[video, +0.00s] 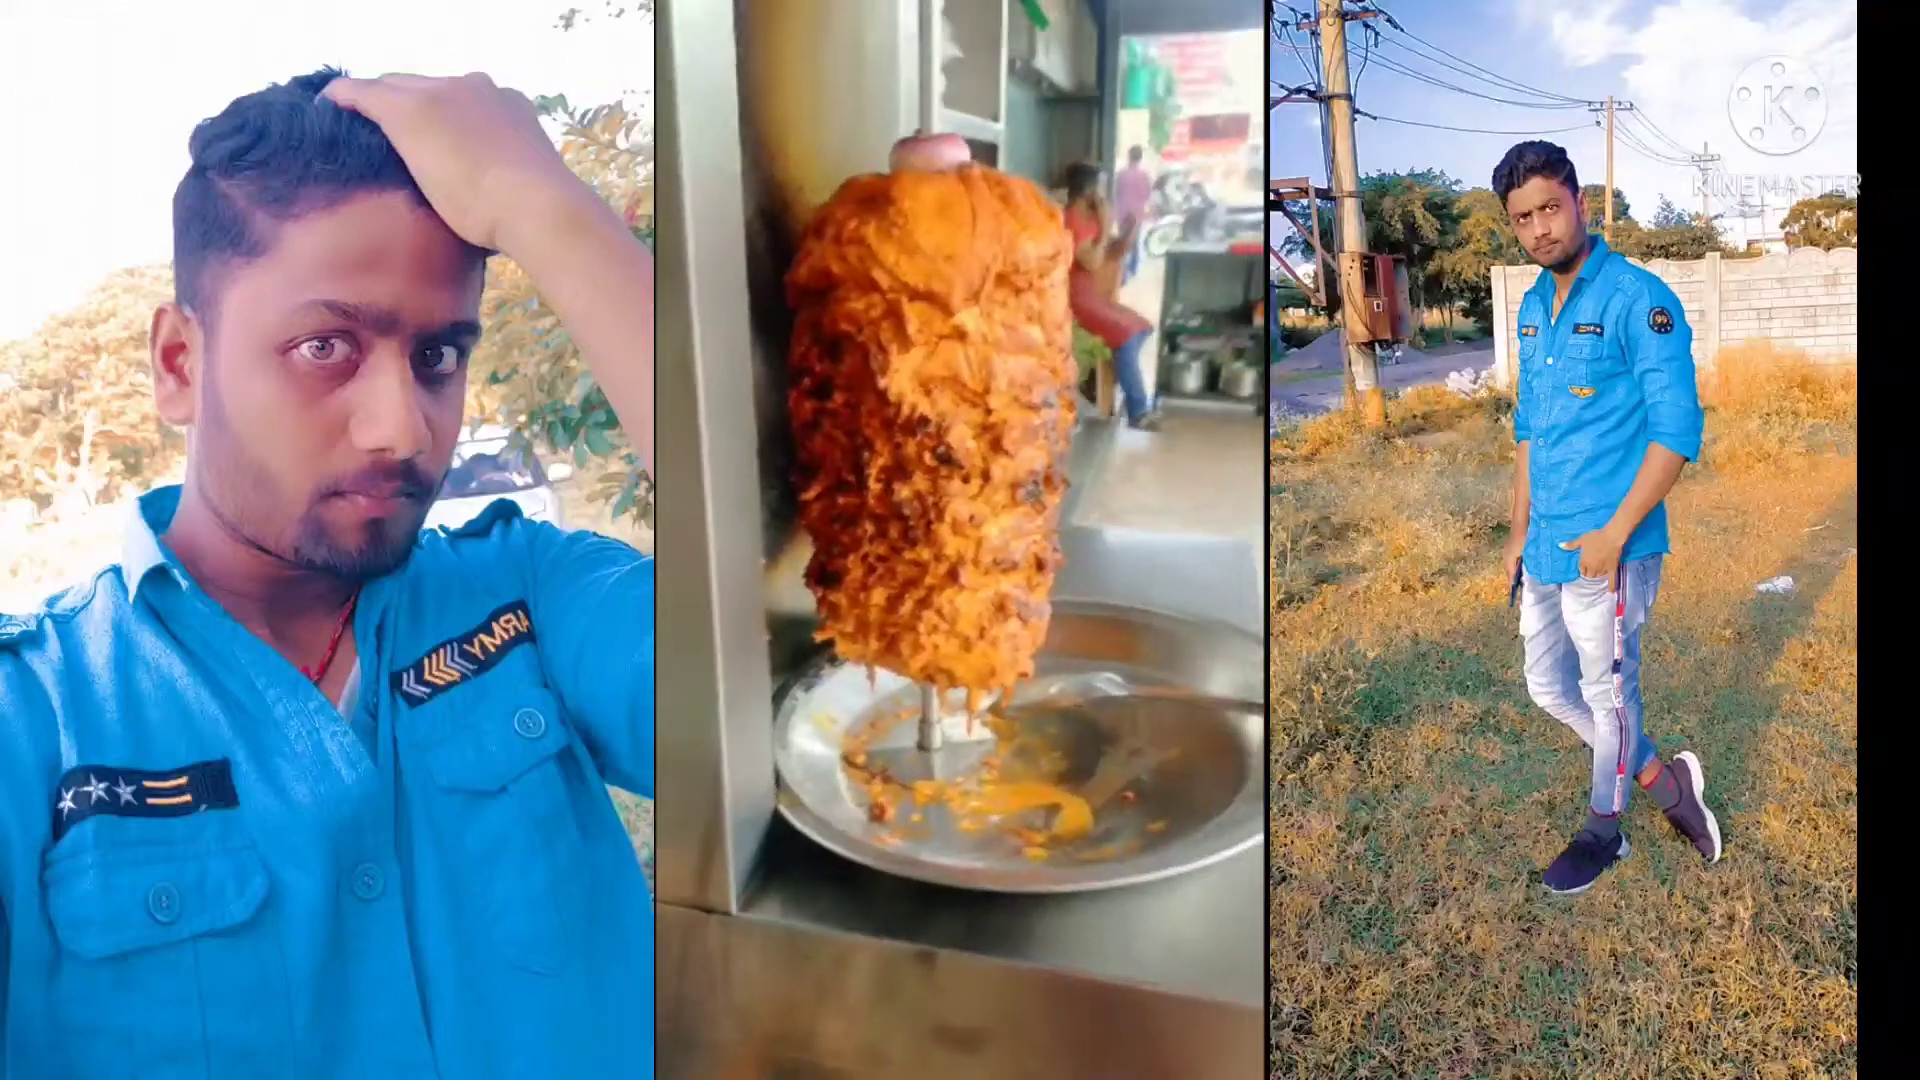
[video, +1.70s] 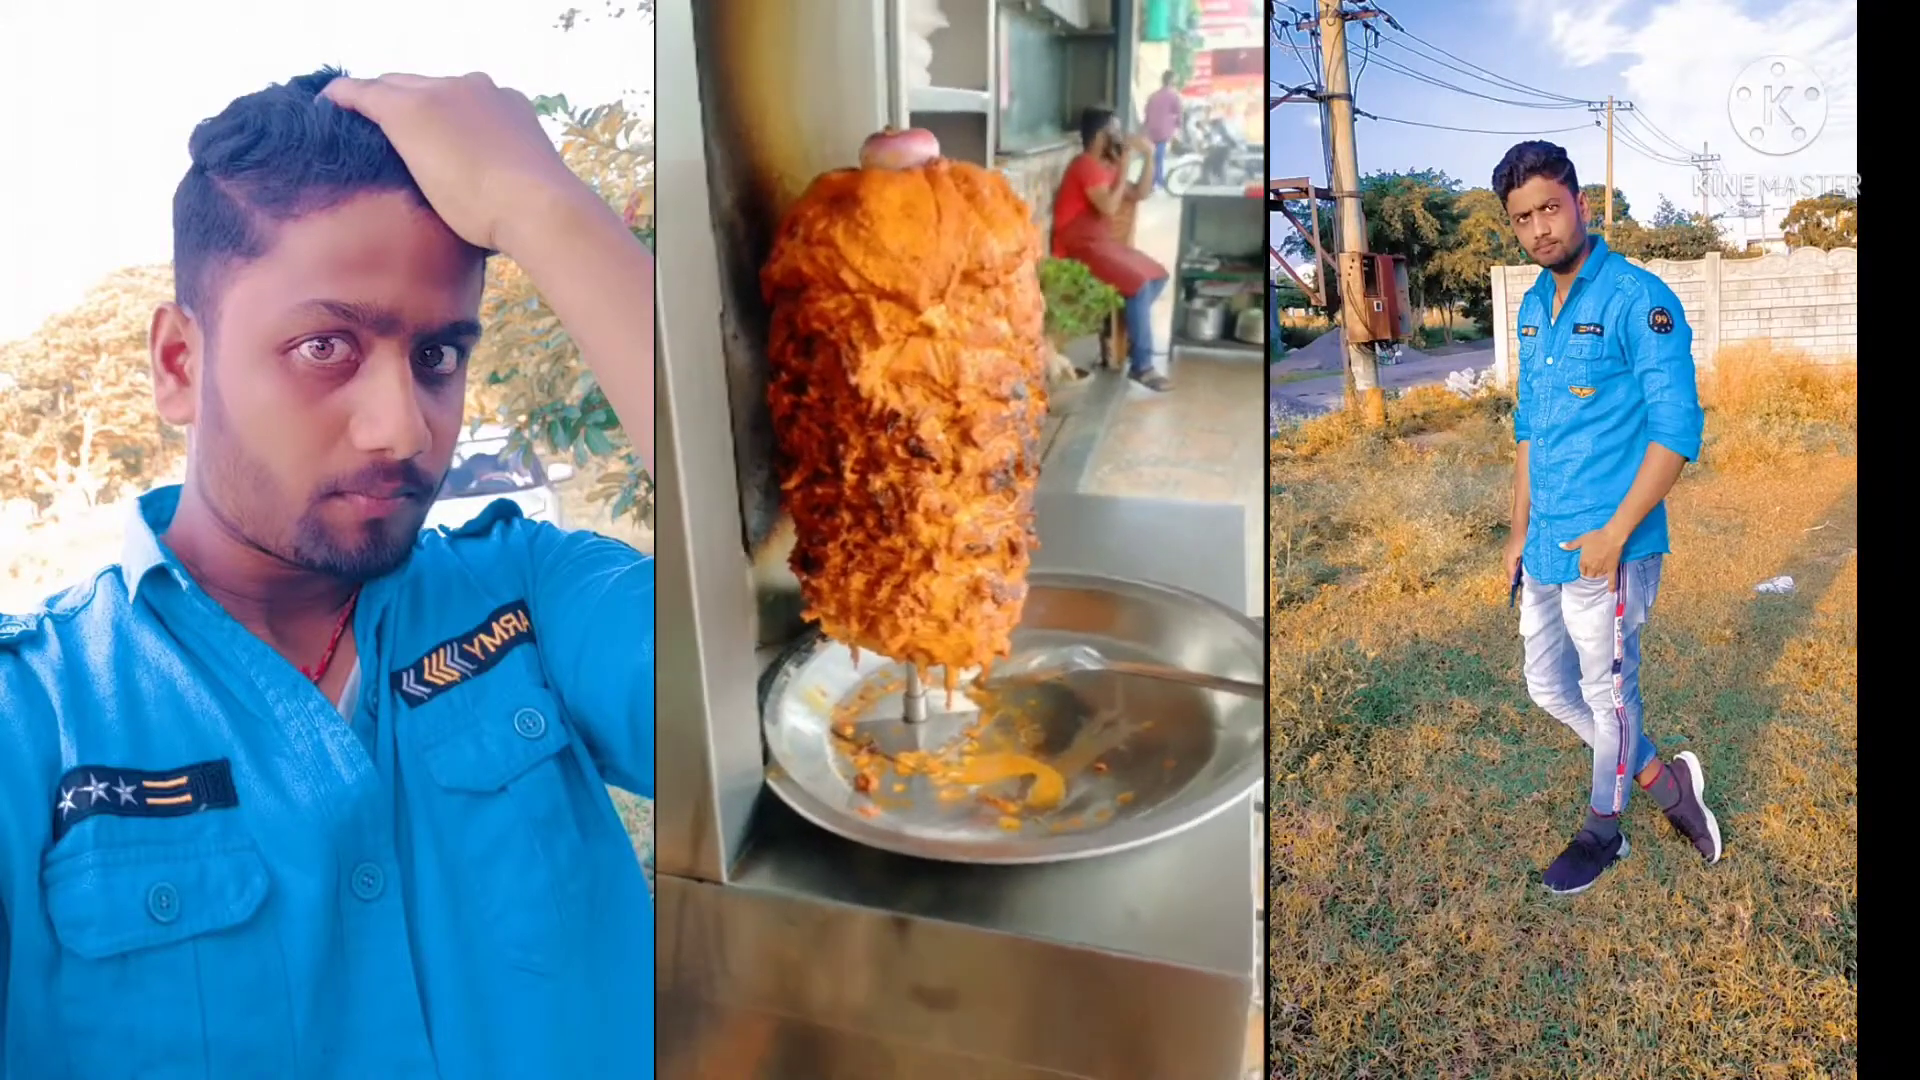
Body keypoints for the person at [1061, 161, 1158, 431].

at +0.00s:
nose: (1099, 192)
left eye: (1098, 187)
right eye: (1095, 187)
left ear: (1081, 188)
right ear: (1084, 189)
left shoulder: (1088, 214)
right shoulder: (1073, 216)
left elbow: (1108, 254)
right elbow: (1091, 261)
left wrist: (1127, 234)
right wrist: (1103, 226)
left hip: (1093, 296)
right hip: (1078, 298)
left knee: (1141, 328)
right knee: (1125, 337)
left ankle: (1138, 401)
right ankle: (1138, 410)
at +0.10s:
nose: (1104, 200)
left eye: (1104, 194)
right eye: (1100, 194)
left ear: (1085, 197)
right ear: (1089, 197)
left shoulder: (1093, 224)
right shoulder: (1075, 225)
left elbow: (1112, 260)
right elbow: (1094, 269)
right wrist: (1107, 233)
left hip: (1097, 302)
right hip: (1080, 304)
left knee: (1143, 338)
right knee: (1126, 345)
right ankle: (1128, 422)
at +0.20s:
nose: (1128, 179)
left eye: (1128, 173)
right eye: (1125, 173)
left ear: (1105, 175)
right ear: (1115, 175)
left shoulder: (1115, 203)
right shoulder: (1098, 204)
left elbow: (1141, 238)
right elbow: (1119, 247)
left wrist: (1158, 210)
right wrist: (1131, 211)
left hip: (1120, 283)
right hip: (1104, 285)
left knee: (1168, 318)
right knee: (1149, 325)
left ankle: (1119, 369)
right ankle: (1151, 404)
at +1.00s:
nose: (1133, 166)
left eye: (1133, 160)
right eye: (1128, 160)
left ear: (1114, 165)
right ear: (1113, 164)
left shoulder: (1119, 193)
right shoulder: (1101, 194)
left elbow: (1156, 222)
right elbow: (1124, 234)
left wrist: (1166, 186)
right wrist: (1135, 194)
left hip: (1121, 270)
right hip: (1099, 272)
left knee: (1178, 303)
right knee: (1158, 311)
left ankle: (1134, 357)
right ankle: (1164, 392)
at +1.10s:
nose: (1153, 148)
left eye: (1153, 142)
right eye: (1149, 143)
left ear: (1134, 148)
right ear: (1134, 147)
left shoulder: (1139, 177)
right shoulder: (1121, 177)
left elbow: (1177, 206)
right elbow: (1144, 218)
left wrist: (1186, 168)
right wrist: (1156, 178)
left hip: (1140, 253)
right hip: (1119, 256)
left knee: (1199, 288)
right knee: (1178, 295)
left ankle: (1155, 345)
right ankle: (1185, 379)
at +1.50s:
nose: (1148, 126)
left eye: (1148, 120)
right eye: (1144, 120)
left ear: (1134, 125)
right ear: (1129, 124)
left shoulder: (1135, 155)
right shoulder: (1113, 155)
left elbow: (1169, 184)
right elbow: (1136, 196)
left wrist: (1176, 148)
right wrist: (1151, 153)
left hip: (1132, 232)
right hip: (1108, 235)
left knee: (1189, 267)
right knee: (1167, 274)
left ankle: (1142, 323)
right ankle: (1172, 358)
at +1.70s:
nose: (1119, 135)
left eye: (1118, 129)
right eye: (1113, 129)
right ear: (1099, 134)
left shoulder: (1106, 166)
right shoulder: (1085, 165)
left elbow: (1140, 193)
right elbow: (1108, 207)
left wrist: (1149, 156)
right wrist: (1124, 162)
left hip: (1102, 241)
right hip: (1079, 245)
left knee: (1159, 277)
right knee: (1138, 284)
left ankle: (1113, 331)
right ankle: (1142, 366)